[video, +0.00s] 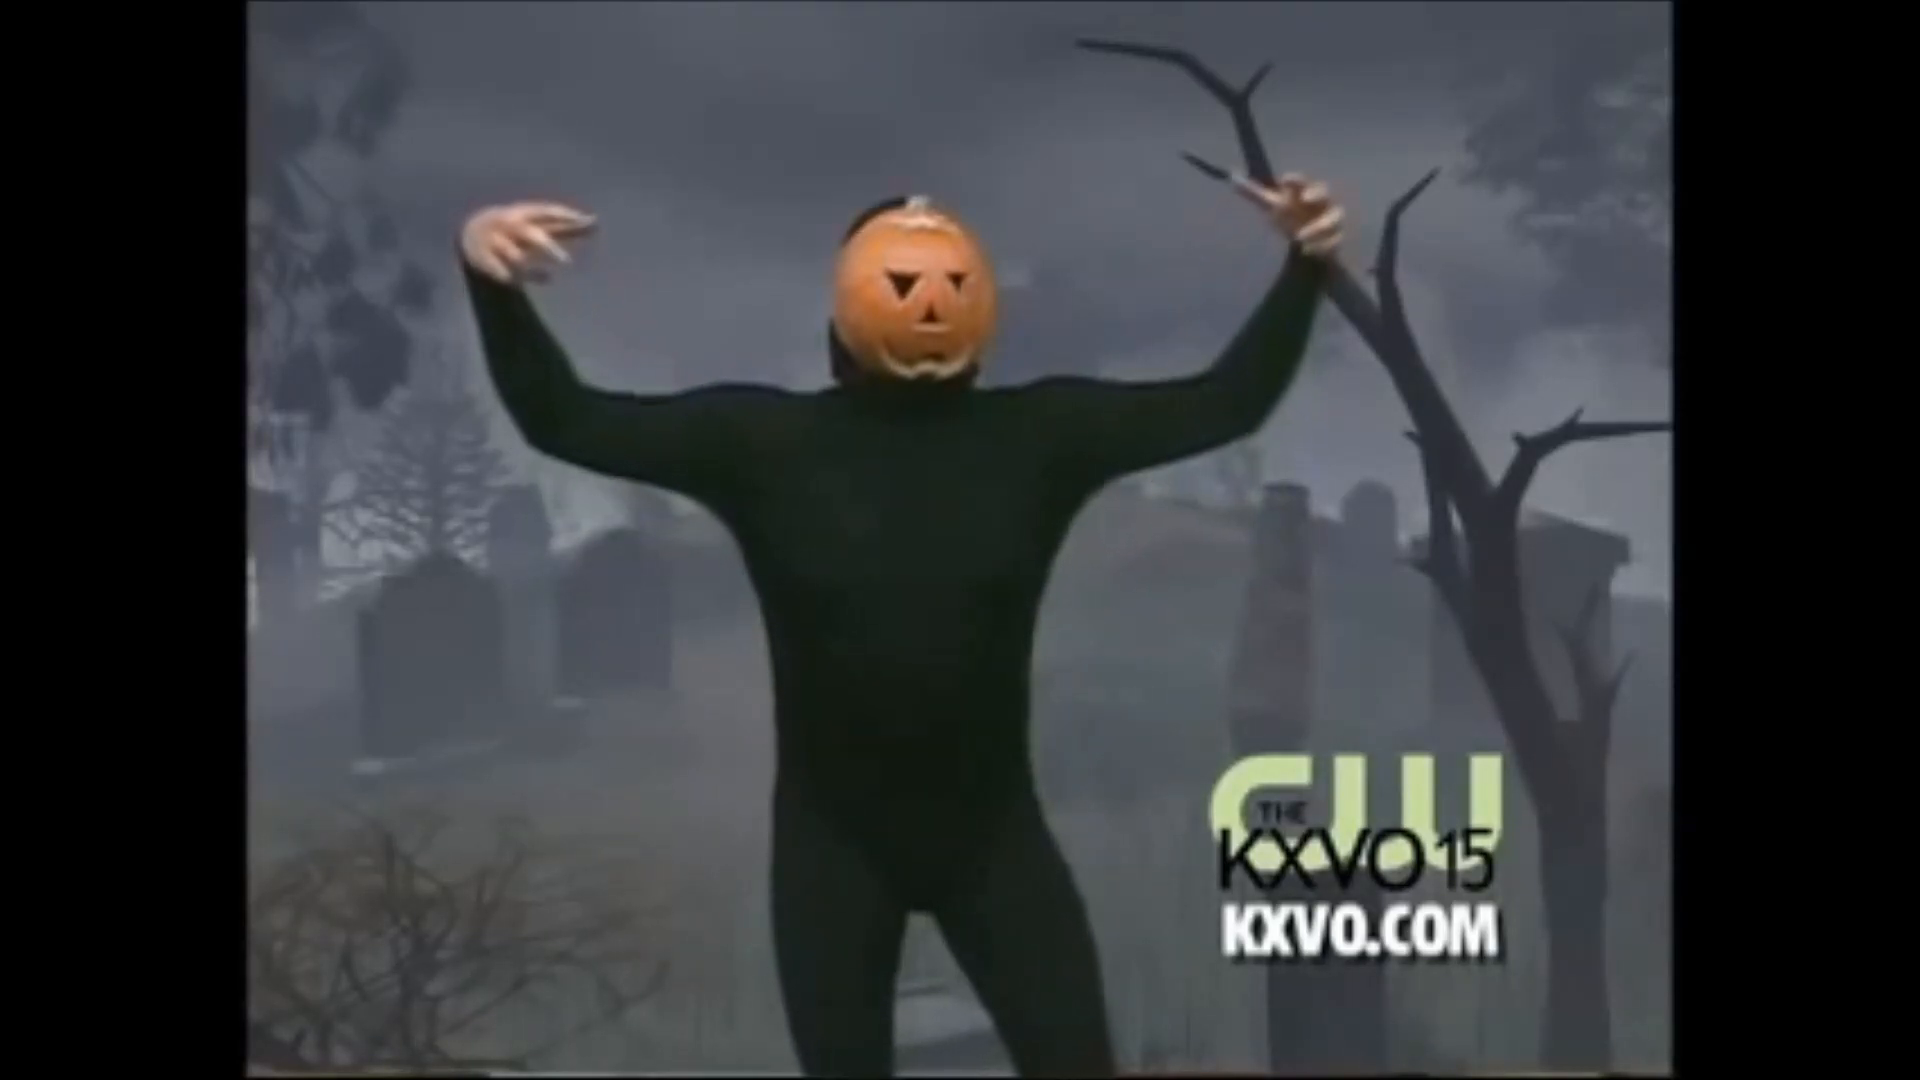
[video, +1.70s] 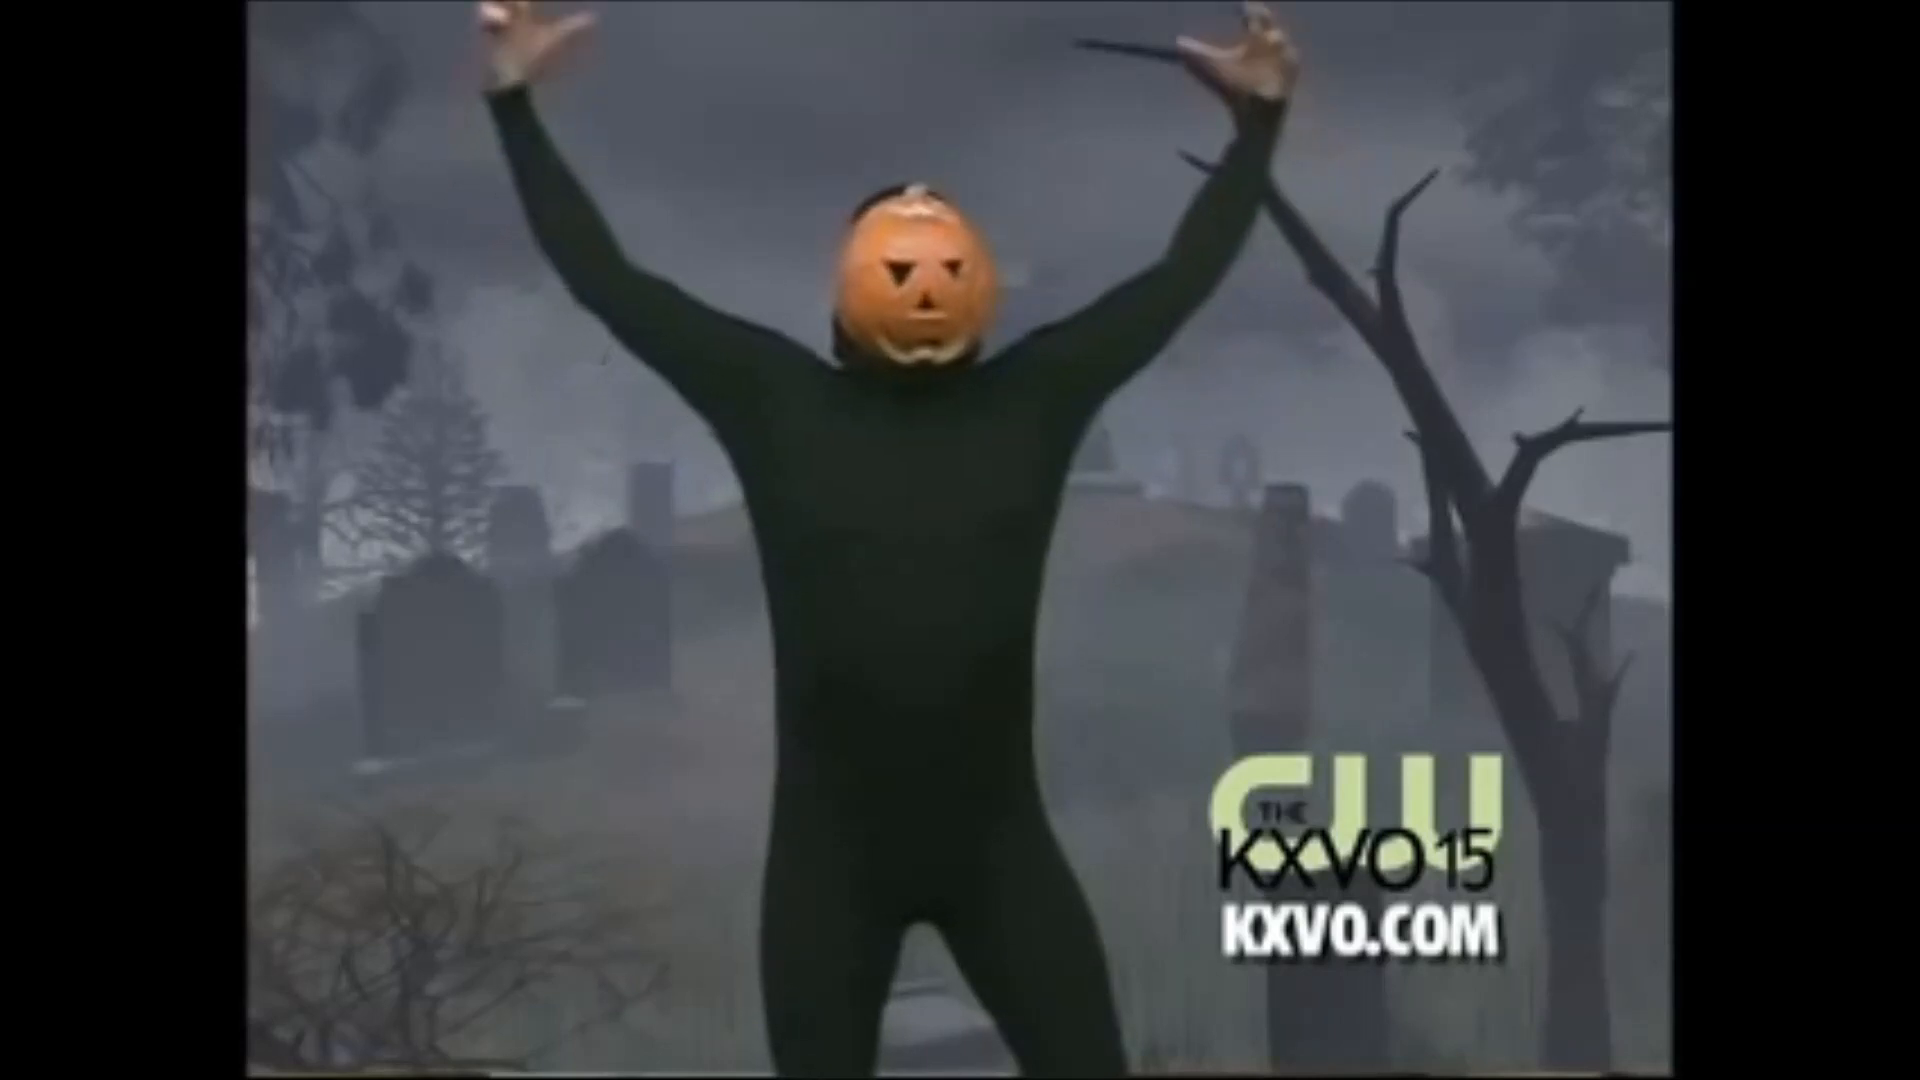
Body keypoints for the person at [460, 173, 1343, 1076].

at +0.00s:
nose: (927, 289)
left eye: (953, 271)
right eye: (893, 268)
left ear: (988, 315)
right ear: (838, 314)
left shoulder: (1051, 431)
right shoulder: (756, 439)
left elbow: (1231, 398)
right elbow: (560, 416)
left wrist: (1305, 268)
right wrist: (491, 280)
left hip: (996, 836)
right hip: (830, 844)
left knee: (1078, 1062)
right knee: (841, 1066)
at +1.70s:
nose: (924, 282)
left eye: (949, 267)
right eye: (893, 265)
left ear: (990, 300)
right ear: (841, 301)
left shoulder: (1037, 399)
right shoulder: (772, 401)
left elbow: (1186, 274)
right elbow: (604, 279)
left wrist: (1259, 123)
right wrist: (515, 98)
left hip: (996, 837)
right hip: (830, 845)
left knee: (1088, 1066)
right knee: (819, 1068)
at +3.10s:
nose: (945, 337)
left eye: (969, 321)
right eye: (913, 321)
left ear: (1004, 352)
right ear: (858, 357)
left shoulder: (1046, 461)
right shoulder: (791, 460)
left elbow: (1202, 338)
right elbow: (643, 349)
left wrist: (1106, 195)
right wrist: (757, 190)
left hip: (997, 854)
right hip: (834, 859)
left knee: (1085, 1065)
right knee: (822, 1067)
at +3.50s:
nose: (942, 349)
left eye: (966, 331)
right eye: (910, 331)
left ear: (1002, 360)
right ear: (857, 362)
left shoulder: (1050, 467)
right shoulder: (780, 473)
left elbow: (1228, 385)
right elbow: (602, 412)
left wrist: (1186, 239)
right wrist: (660, 243)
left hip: (998, 864)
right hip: (835, 873)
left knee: (1083, 1064)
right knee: (825, 1069)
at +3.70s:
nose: (941, 354)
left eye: (966, 333)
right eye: (909, 333)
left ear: (1002, 361)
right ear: (855, 361)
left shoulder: (1053, 474)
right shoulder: (779, 482)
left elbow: (1236, 421)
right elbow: (590, 444)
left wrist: (1229, 266)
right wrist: (616, 271)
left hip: (997, 865)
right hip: (834, 874)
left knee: (1083, 1066)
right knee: (827, 1073)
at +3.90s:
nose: (939, 353)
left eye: (965, 331)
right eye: (905, 332)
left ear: (1001, 362)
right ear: (853, 366)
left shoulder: (1057, 481)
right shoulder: (775, 487)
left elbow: (1241, 465)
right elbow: (578, 495)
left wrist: (1280, 311)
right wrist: (557, 321)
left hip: (995, 865)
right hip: (831, 871)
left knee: (1078, 1066)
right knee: (824, 1067)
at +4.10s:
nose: (934, 344)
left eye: (960, 325)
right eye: (901, 324)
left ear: (995, 362)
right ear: (851, 366)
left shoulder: (1053, 490)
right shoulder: (776, 500)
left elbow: (1236, 509)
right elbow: (581, 559)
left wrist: (1328, 360)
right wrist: (498, 397)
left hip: (992, 870)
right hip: (826, 878)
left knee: (1070, 1064)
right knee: (824, 1070)